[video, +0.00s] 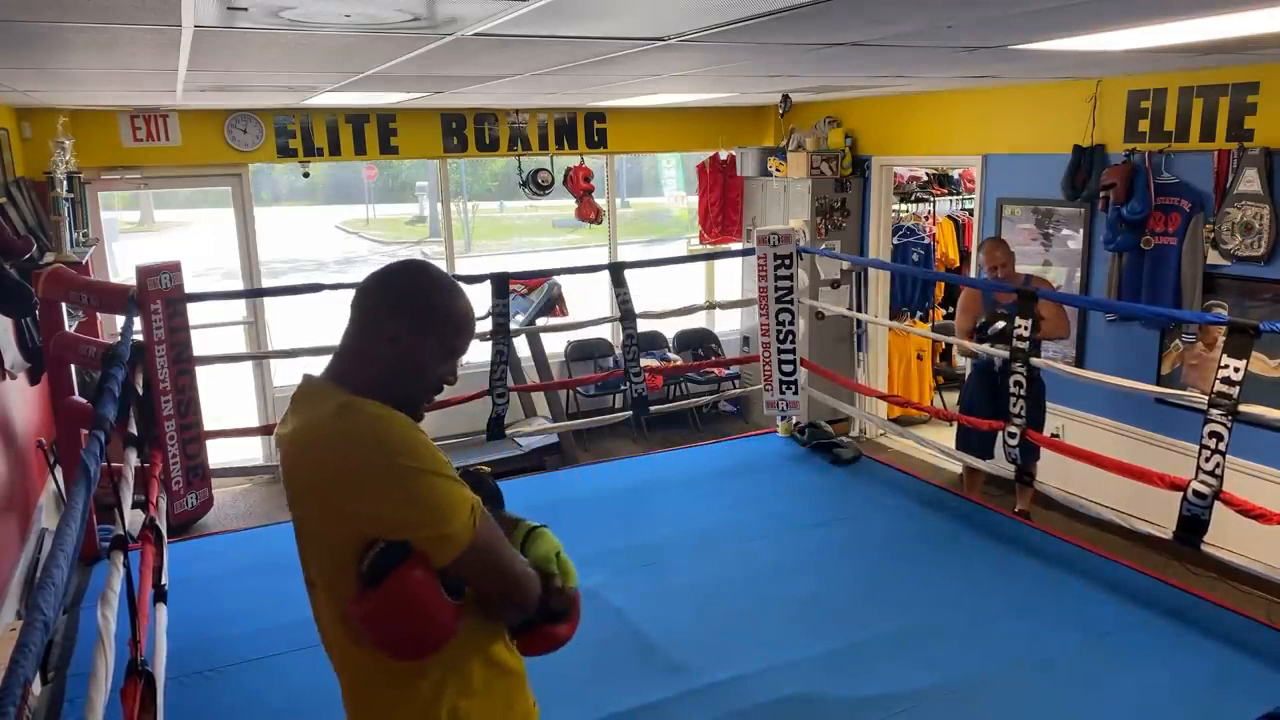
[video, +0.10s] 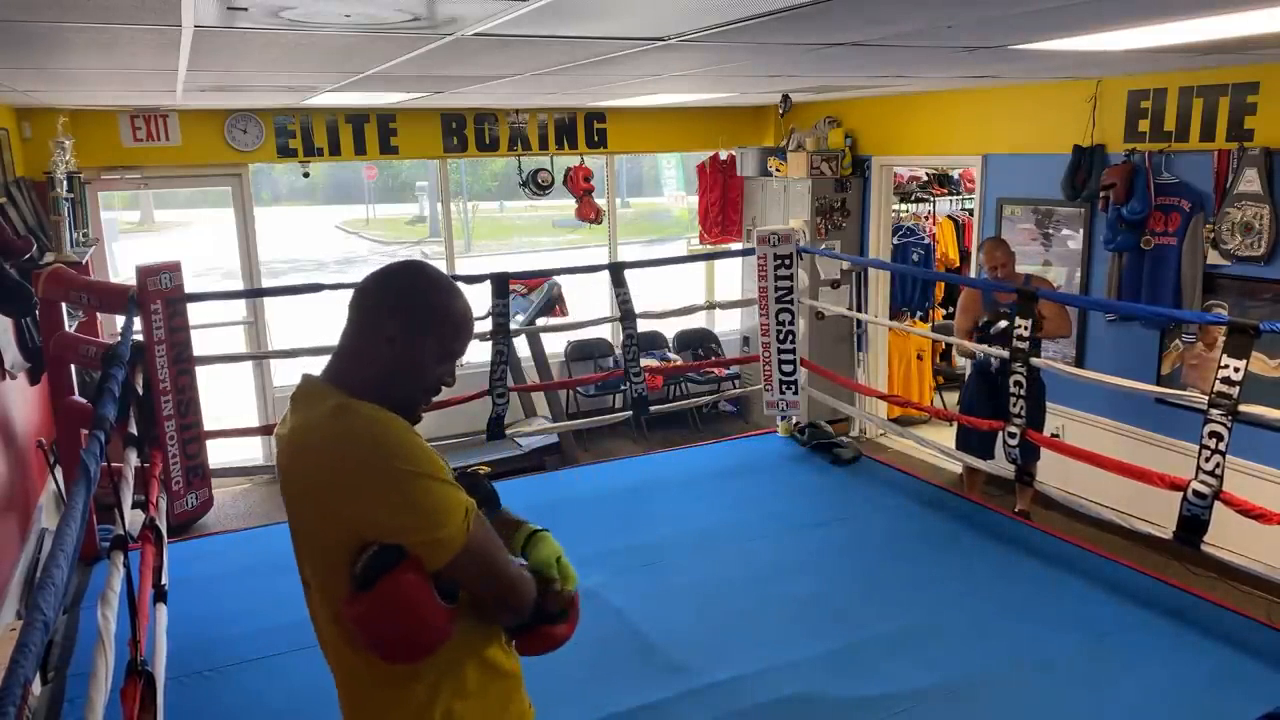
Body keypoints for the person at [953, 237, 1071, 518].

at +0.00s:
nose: (999, 274)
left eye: (1003, 266)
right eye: (991, 269)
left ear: (1013, 260)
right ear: (983, 267)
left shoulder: (1038, 286)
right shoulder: (973, 293)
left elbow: (1061, 328)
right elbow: (962, 341)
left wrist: (1021, 330)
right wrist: (985, 347)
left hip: (1025, 380)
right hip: (984, 379)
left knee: (1027, 449)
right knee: (975, 448)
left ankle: (1022, 514)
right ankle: (971, 507)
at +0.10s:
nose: (999, 274)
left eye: (1003, 266)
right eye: (992, 269)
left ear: (1014, 260)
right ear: (983, 267)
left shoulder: (1038, 286)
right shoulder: (973, 294)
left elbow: (1063, 327)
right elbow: (961, 339)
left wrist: (1026, 328)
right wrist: (977, 347)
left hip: (1025, 381)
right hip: (984, 380)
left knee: (1027, 450)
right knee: (974, 448)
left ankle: (1022, 514)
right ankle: (970, 507)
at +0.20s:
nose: (999, 273)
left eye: (1004, 265)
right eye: (992, 268)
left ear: (1015, 260)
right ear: (983, 267)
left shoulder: (1038, 286)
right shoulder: (974, 293)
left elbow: (1062, 327)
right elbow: (960, 340)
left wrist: (1019, 328)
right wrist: (980, 348)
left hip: (1025, 382)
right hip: (984, 381)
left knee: (1027, 449)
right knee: (974, 448)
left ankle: (1022, 513)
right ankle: (971, 506)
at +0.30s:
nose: (999, 274)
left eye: (1004, 266)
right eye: (992, 269)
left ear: (1015, 260)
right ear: (983, 267)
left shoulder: (1039, 286)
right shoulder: (975, 292)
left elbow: (1059, 329)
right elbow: (960, 338)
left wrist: (1017, 330)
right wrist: (979, 350)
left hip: (1025, 381)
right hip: (983, 380)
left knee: (1026, 449)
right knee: (974, 447)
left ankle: (1022, 513)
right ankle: (971, 507)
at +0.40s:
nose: (1000, 274)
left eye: (1005, 266)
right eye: (993, 269)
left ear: (1016, 260)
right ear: (983, 266)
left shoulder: (1039, 286)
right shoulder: (975, 291)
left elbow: (1058, 330)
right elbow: (960, 339)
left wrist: (1017, 331)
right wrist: (981, 349)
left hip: (1024, 381)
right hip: (983, 379)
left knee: (1026, 448)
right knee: (974, 445)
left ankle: (1022, 513)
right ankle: (971, 505)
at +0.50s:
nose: (1002, 274)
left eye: (1006, 266)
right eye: (994, 268)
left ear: (1018, 259)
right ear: (984, 266)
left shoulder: (1040, 286)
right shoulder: (976, 290)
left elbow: (1057, 331)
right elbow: (960, 335)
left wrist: (1016, 330)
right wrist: (980, 348)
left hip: (1025, 380)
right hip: (983, 378)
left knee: (1026, 448)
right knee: (974, 445)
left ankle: (1022, 513)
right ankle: (971, 505)